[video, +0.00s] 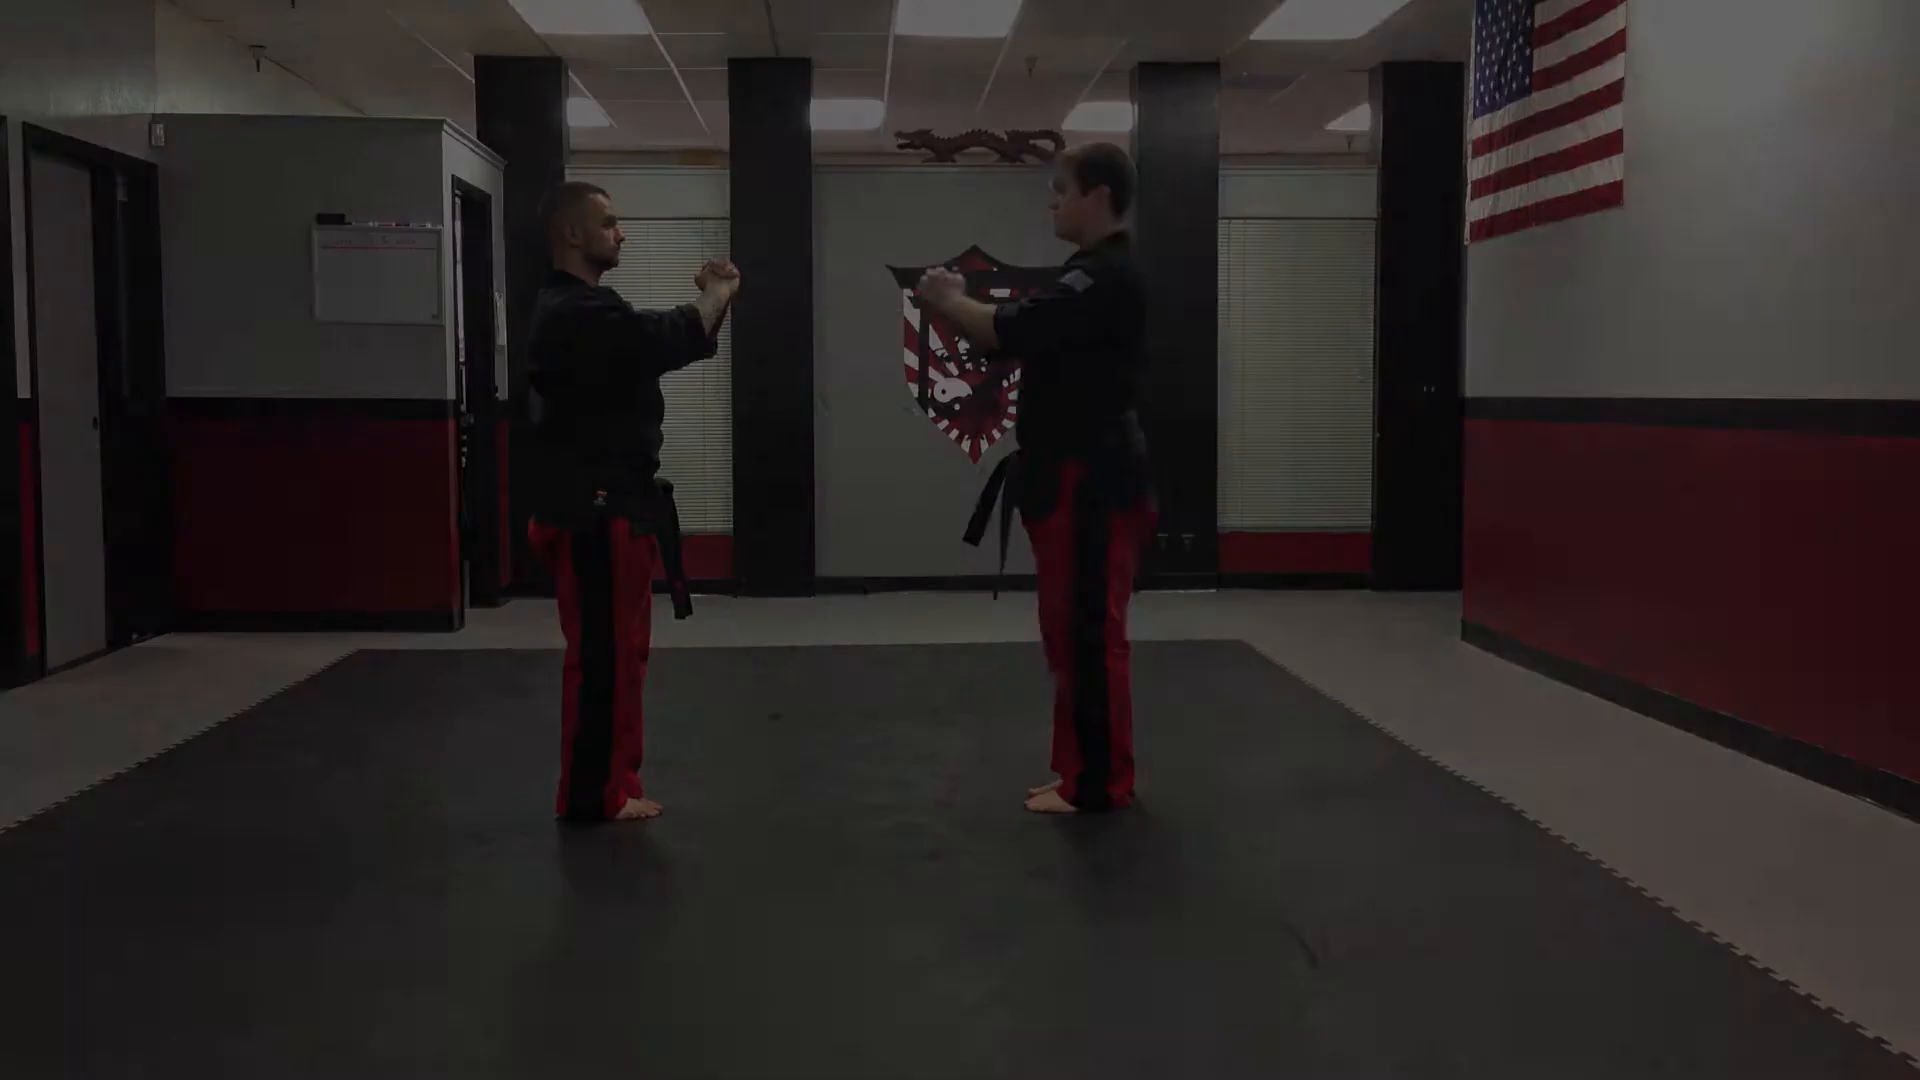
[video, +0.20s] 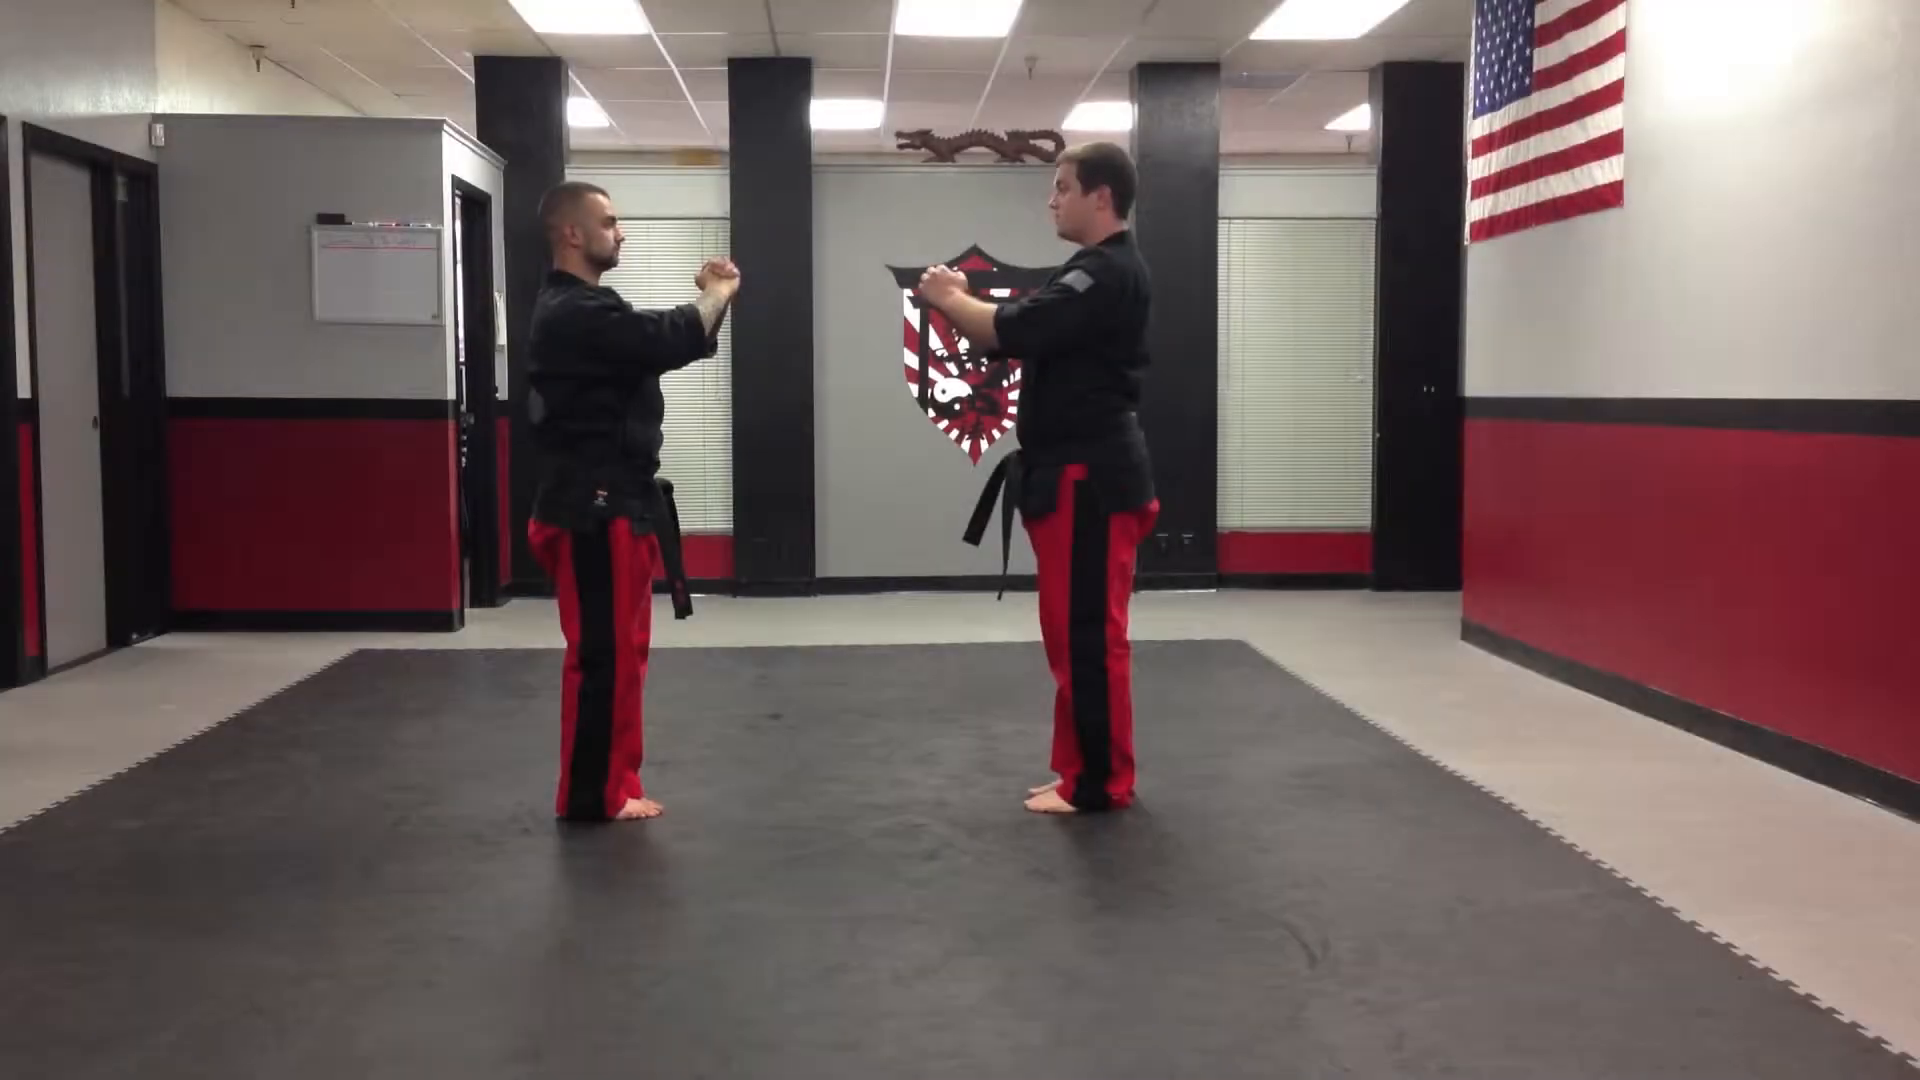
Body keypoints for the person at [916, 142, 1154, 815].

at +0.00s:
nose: (1052, 204)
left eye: (1061, 192)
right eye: (1053, 192)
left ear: (1099, 198)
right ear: (1099, 199)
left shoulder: (1104, 278)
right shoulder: (1093, 273)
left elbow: (1009, 334)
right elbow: (1021, 329)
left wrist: (949, 303)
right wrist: (962, 302)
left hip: (1092, 479)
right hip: (1073, 472)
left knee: (1086, 632)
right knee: (1075, 630)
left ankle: (1095, 784)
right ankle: (1088, 774)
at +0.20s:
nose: (1052, 201)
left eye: (1062, 190)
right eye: (1054, 189)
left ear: (1099, 197)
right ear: (1099, 198)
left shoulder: (1107, 271)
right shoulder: (1096, 267)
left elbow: (1008, 332)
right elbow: (1023, 324)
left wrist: (951, 299)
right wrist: (965, 299)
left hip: (1091, 476)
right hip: (1074, 472)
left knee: (1088, 635)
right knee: (1076, 633)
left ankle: (1097, 784)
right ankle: (1088, 775)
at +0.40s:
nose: (1054, 201)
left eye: (1064, 189)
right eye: (1056, 189)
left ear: (1101, 196)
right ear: (1100, 198)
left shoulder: (1108, 270)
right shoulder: (1098, 266)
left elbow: (1011, 331)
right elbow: (1026, 323)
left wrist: (952, 299)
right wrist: (966, 298)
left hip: (1091, 474)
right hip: (1074, 471)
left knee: (1088, 634)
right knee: (1075, 632)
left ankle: (1097, 784)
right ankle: (1087, 775)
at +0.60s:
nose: (1055, 202)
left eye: (1066, 190)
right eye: (1057, 190)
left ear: (1103, 197)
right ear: (1103, 199)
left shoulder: (1110, 271)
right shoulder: (1100, 266)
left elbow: (1011, 330)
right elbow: (1025, 323)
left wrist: (952, 298)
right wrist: (966, 297)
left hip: (1091, 475)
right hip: (1074, 471)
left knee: (1088, 635)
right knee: (1076, 633)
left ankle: (1097, 785)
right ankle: (1088, 775)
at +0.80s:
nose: (1056, 202)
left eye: (1066, 190)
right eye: (1058, 190)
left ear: (1103, 197)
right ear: (1103, 198)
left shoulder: (1110, 271)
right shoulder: (1098, 267)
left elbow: (1012, 330)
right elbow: (1024, 324)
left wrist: (954, 298)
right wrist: (966, 298)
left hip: (1092, 477)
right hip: (1074, 473)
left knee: (1088, 637)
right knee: (1075, 635)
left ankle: (1097, 785)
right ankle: (1086, 776)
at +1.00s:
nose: (1053, 203)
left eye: (1062, 190)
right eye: (1054, 190)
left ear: (1099, 196)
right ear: (1103, 198)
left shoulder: (1106, 268)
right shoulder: (1095, 266)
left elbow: (1038, 350)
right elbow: (1042, 348)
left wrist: (983, 322)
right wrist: (992, 328)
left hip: (1092, 474)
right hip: (1076, 471)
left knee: (1087, 634)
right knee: (1079, 632)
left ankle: (1095, 785)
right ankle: (1087, 775)